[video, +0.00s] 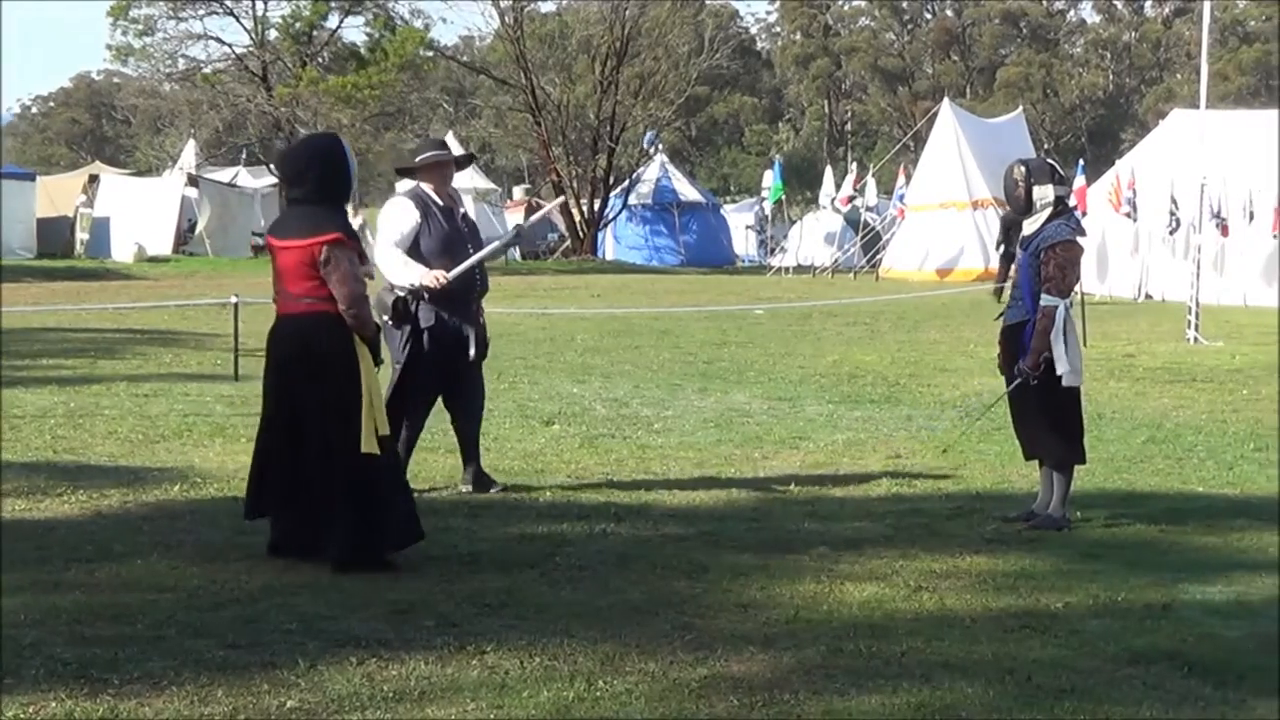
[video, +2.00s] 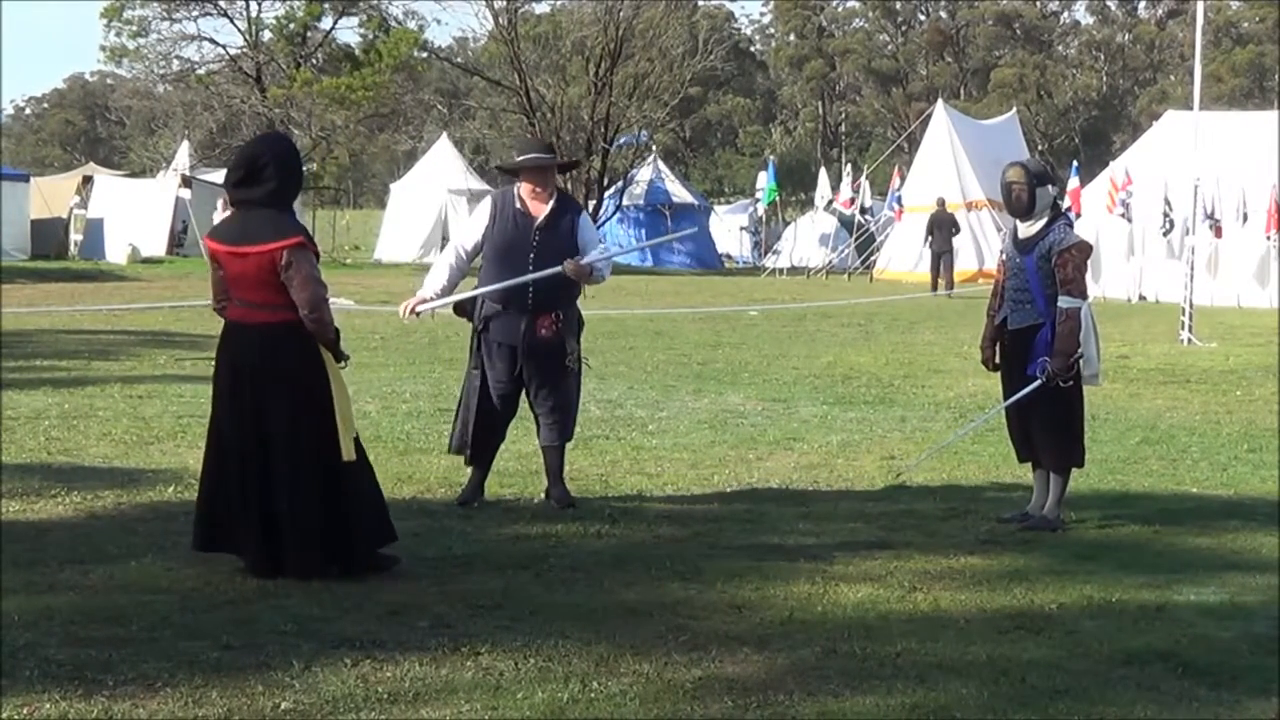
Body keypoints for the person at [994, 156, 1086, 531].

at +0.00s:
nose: (1015, 195)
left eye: (1021, 187)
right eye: (1015, 186)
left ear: (1041, 189)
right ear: (1043, 191)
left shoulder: (1060, 241)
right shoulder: (1036, 234)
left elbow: (1052, 306)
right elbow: (1025, 296)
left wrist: (1036, 352)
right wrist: (1009, 337)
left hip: (1048, 339)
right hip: (1025, 336)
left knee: (1057, 422)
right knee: (1037, 421)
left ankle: (1058, 508)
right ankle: (1044, 502)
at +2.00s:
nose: (1013, 196)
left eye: (1021, 189)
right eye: (1009, 189)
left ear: (1044, 192)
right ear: (1005, 193)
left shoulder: (1063, 236)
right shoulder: (1013, 234)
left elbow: (1072, 300)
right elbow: (1002, 288)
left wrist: (1063, 353)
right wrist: (990, 334)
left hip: (1050, 337)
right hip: (1016, 337)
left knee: (1054, 417)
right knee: (1027, 415)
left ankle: (1053, 508)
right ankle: (1039, 501)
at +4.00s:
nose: (1004, 198)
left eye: (1012, 191)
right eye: (1000, 191)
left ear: (1035, 194)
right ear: (997, 196)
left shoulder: (1056, 238)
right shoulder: (1008, 236)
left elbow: (1065, 302)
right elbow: (996, 290)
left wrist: (1058, 354)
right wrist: (986, 336)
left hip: (1044, 339)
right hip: (1011, 339)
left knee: (1051, 419)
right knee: (1025, 418)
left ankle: (1053, 508)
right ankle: (1038, 502)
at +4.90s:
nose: (1006, 198)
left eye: (1014, 191)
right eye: (1003, 191)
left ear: (1037, 194)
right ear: (1000, 195)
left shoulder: (1057, 238)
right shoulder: (1010, 236)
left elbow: (1066, 301)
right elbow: (999, 289)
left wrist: (1058, 354)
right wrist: (989, 336)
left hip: (1045, 338)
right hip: (1013, 339)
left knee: (1051, 418)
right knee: (1026, 417)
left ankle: (1053, 508)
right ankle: (1038, 501)